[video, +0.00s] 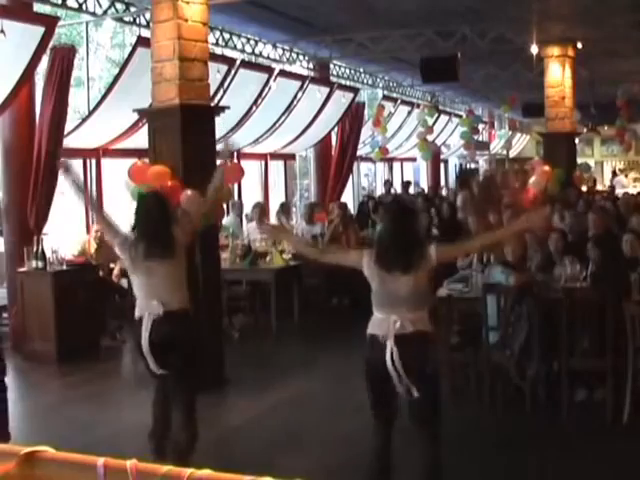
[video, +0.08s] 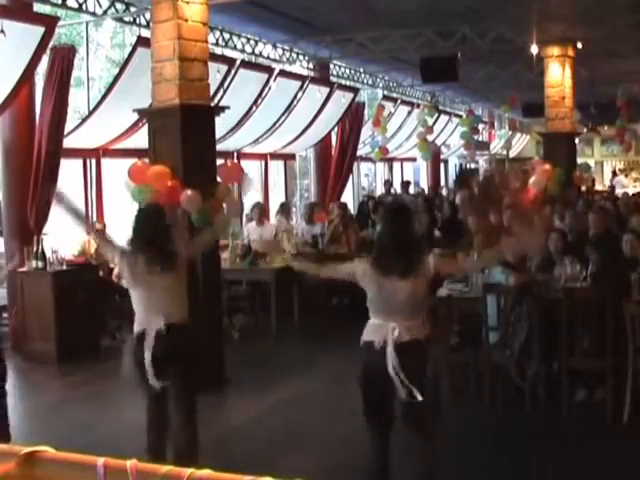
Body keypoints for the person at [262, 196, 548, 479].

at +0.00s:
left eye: (384, 222)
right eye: (414, 221)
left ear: (383, 229)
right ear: (416, 227)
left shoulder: (366, 260)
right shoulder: (428, 256)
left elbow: (317, 254)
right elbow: (475, 244)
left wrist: (283, 234)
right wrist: (523, 224)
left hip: (378, 337)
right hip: (418, 336)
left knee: (382, 414)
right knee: (427, 413)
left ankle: (381, 469)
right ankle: (432, 466)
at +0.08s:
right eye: (411, 226)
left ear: (380, 233)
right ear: (412, 231)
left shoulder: (365, 268)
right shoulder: (427, 265)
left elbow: (319, 270)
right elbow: (465, 265)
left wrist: (289, 259)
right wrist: (499, 253)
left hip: (375, 342)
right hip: (413, 342)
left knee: (377, 413)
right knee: (416, 409)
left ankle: (379, 465)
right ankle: (428, 458)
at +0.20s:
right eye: (407, 226)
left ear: (376, 231)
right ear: (406, 230)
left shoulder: (362, 267)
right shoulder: (423, 255)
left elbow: (316, 275)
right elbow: (465, 264)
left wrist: (282, 268)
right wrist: (508, 271)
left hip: (380, 341)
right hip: (417, 343)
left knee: (368, 404)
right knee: (392, 392)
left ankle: (375, 463)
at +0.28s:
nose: (410, 222)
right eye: (406, 218)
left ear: (373, 225)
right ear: (403, 224)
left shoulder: (361, 261)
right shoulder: (418, 249)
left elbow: (319, 270)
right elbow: (458, 256)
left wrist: (286, 264)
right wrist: (498, 261)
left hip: (383, 327)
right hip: (419, 326)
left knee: (378, 393)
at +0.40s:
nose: (406, 224)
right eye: (404, 219)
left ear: (373, 223)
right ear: (404, 224)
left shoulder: (360, 260)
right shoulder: (416, 254)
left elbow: (319, 264)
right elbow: (456, 258)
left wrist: (282, 261)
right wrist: (496, 251)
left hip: (383, 338)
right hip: (420, 337)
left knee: (379, 415)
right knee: (351, 364)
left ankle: (379, 472)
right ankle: (339, 419)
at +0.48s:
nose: (409, 222)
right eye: (407, 217)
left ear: (374, 222)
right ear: (405, 223)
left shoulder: (360, 259)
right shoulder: (417, 255)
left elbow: (318, 263)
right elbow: (461, 261)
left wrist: (288, 260)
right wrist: (498, 251)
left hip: (382, 334)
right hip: (418, 334)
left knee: (380, 413)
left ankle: (379, 470)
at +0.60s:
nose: (415, 225)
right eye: (412, 218)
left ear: (377, 224)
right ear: (408, 224)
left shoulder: (363, 258)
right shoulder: (421, 252)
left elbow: (319, 264)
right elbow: (460, 263)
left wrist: (288, 257)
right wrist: (501, 256)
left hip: (378, 335)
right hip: (416, 335)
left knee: (377, 413)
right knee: (412, 409)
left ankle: (381, 469)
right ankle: (418, 465)